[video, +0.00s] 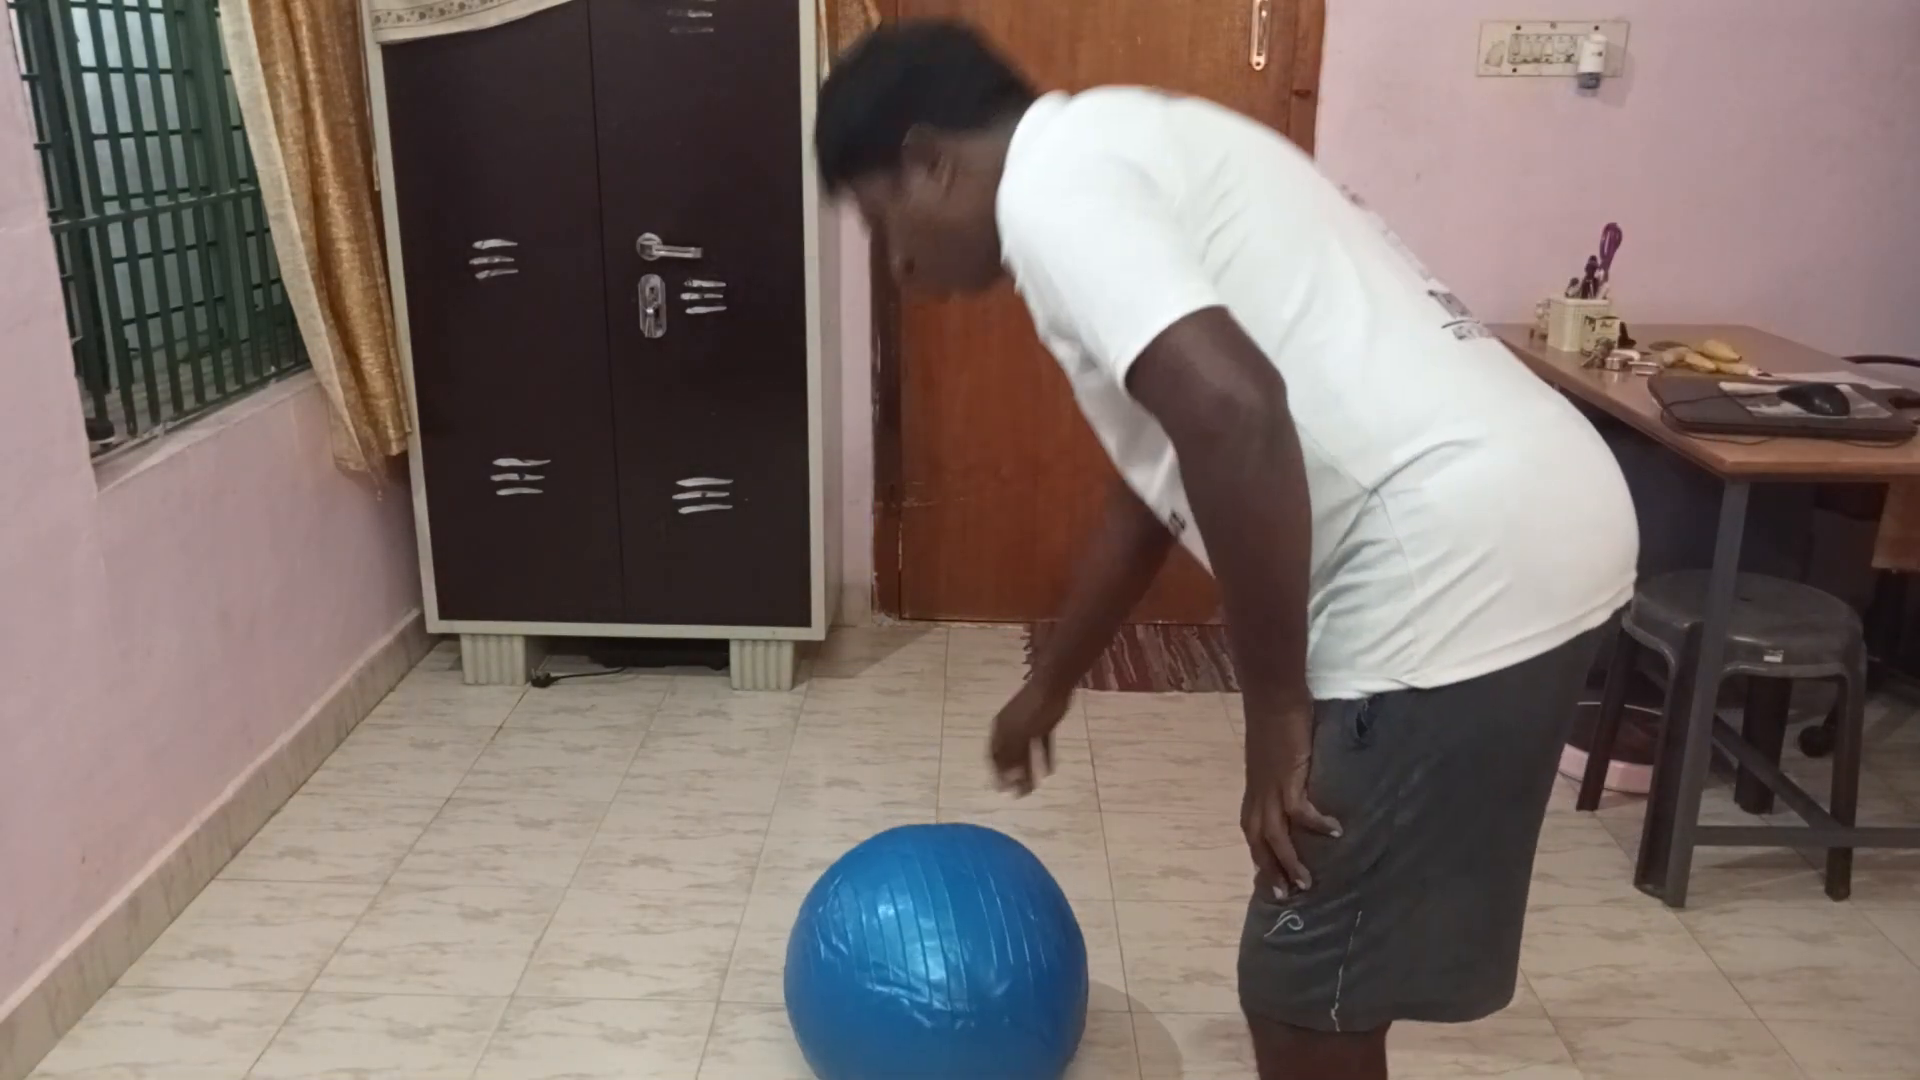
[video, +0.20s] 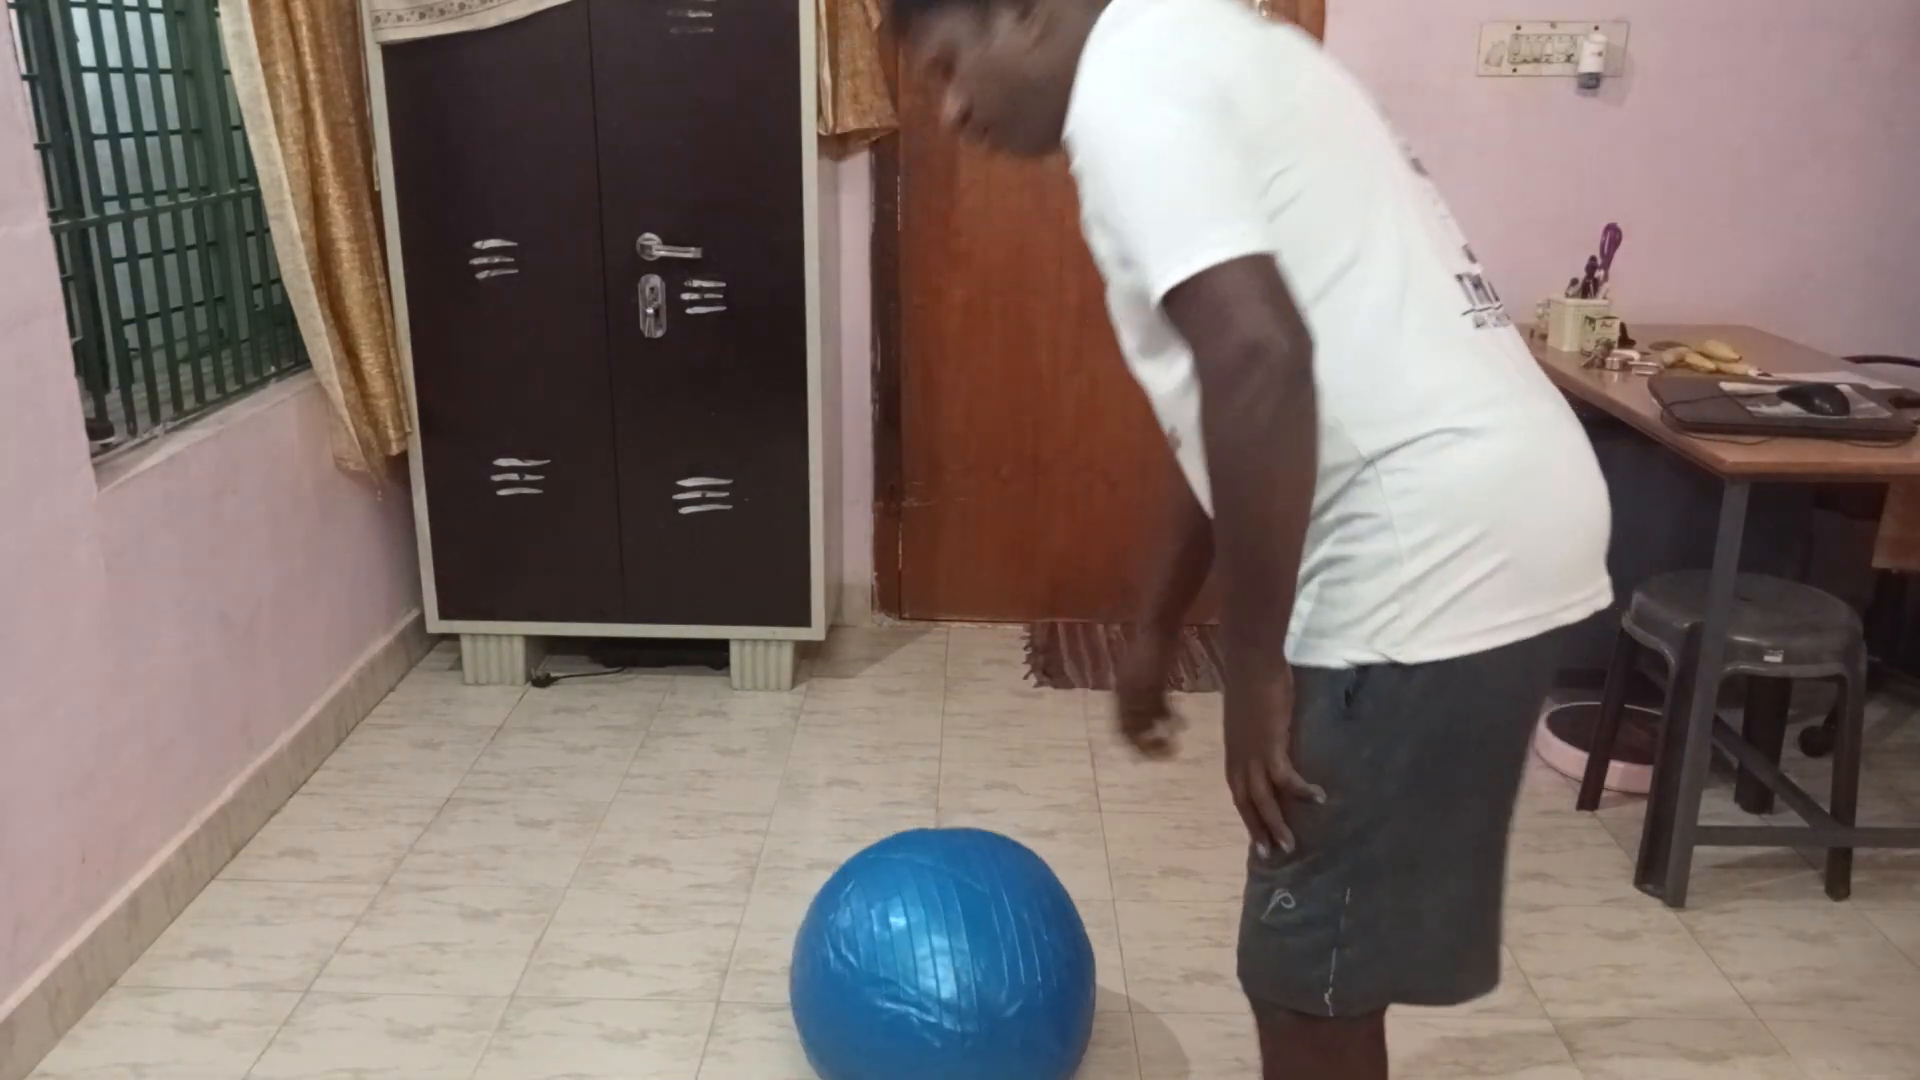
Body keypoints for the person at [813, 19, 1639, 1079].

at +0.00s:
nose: (891, 265)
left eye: (876, 222)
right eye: (871, 235)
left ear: (931, 160)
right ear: (936, 154)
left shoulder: (1057, 179)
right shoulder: (1121, 144)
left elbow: (1235, 415)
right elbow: (1160, 477)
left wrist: (1275, 719)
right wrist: (1048, 681)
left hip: (1454, 562)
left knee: (1304, 986)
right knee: (1323, 974)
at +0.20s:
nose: (949, 112)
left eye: (947, 66)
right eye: (931, 86)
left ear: (1023, 9)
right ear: (1037, 9)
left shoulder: (1133, 74)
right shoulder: (1199, 46)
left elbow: (1258, 359)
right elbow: (1233, 388)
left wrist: (1254, 669)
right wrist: (1157, 622)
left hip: (1422, 561)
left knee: (1305, 979)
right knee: (1327, 969)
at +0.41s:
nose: (1038, 13)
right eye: (1032, 5)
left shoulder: (1258, 26)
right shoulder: (1213, 36)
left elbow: (1366, 284)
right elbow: (1280, 312)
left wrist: (1268, 583)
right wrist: (1238, 558)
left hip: (1435, 536)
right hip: (1374, 526)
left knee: (1353, 931)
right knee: (1307, 835)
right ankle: (1341, 1059)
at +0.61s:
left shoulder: (1396, 12)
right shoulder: (1278, 23)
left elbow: (1468, 246)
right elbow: (1304, 282)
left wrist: (1310, 519)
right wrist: (1243, 509)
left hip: (1467, 536)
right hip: (1345, 528)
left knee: (1441, 907)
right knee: (1322, 828)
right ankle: (1324, 1070)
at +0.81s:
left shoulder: (1551, 14)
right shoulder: (1332, 16)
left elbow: (1604, 246)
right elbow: (1314, 261)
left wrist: (1399, 529)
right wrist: (1236, 481)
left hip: (1528, 553)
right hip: (1352, 534)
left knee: (1564, 904)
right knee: (1357, 834)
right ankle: (1331, 1070)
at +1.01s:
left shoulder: (1746, 17)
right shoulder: (1441, 20)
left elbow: (1801, 281)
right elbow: (1387, 284)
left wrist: (1625, 581)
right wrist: (1264, 490)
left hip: (1639, 608)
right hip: (1431, 571)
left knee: (1657, 933)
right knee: (1402, 855)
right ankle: (1337, 1070)